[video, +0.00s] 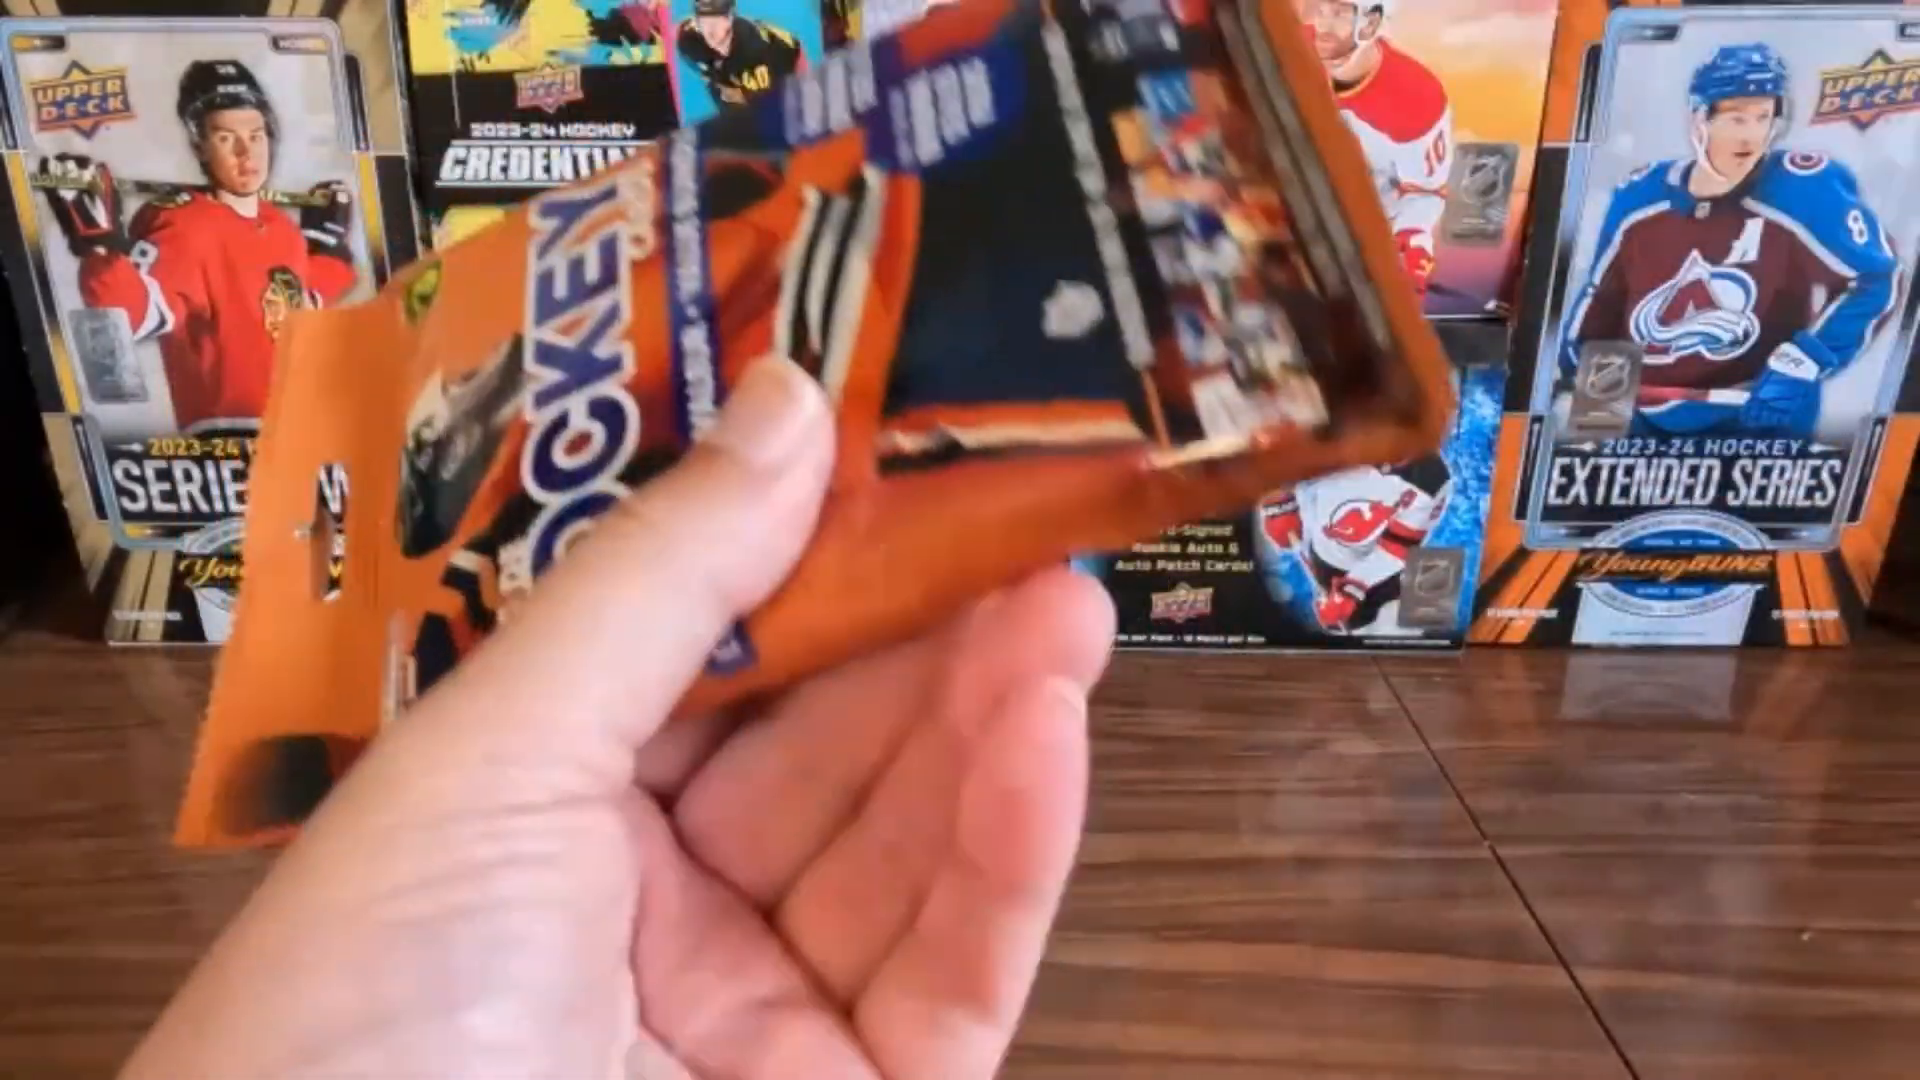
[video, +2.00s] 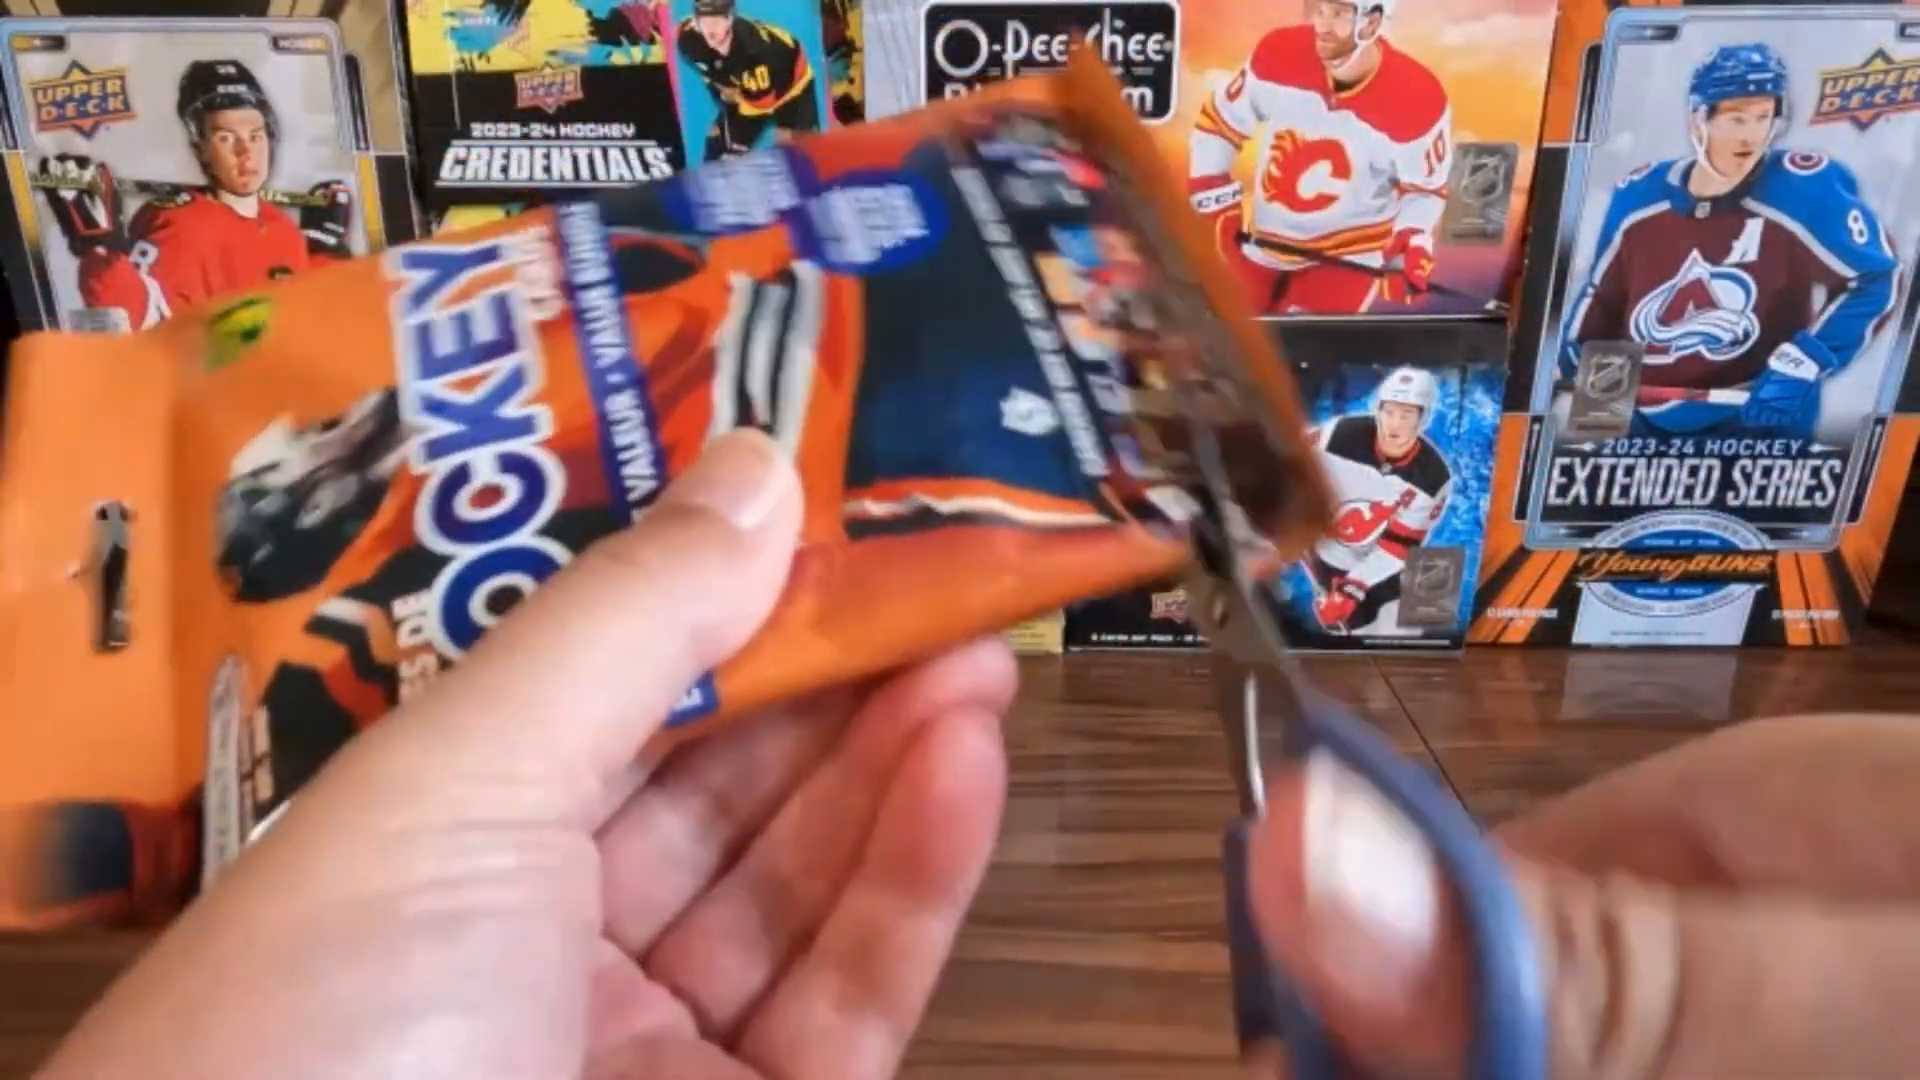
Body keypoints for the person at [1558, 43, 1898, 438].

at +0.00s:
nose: (1749, 135)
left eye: (1762, 118)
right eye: (1735, 118)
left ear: (1775, 123)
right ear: (1699, 124)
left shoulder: (1805, 193)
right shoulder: (1638, 199)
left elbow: (1879, 280)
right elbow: (1596, 297)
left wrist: (1802, 365)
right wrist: (1588, 373)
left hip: (1747, 426)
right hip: (1639, 421)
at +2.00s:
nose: (1749, 135)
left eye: (1762, 118)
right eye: (1735, 118)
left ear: (1775, 123)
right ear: (1698, 123)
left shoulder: (1808, 191)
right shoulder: (1638, 197)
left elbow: (1879, 280)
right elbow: (1600, 296)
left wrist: (1802, 365)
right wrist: (1578, 366)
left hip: (1745, 427)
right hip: (1637, 422)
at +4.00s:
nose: (1749, 135)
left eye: (1761, 118)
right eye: (1734, 119)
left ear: (1775, 122)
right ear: (1698, 123)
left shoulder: (1805, 192)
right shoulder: (1638, 197)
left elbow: (1879, 280)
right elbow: (1599, 296)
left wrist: (1803, 364)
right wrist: (1575, 369)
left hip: (1745, 428)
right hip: (1638, 422)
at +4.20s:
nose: (1749, 135)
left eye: (1762, 118)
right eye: (1734, 119)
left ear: (1775, 122)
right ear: (1698, 124)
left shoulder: (1805, 192)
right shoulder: (1638, 196)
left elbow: (1879, 279)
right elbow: (1599, 295)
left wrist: (1802, 364)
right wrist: (1576, 367)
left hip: (1745, 427)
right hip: (1637, 421)